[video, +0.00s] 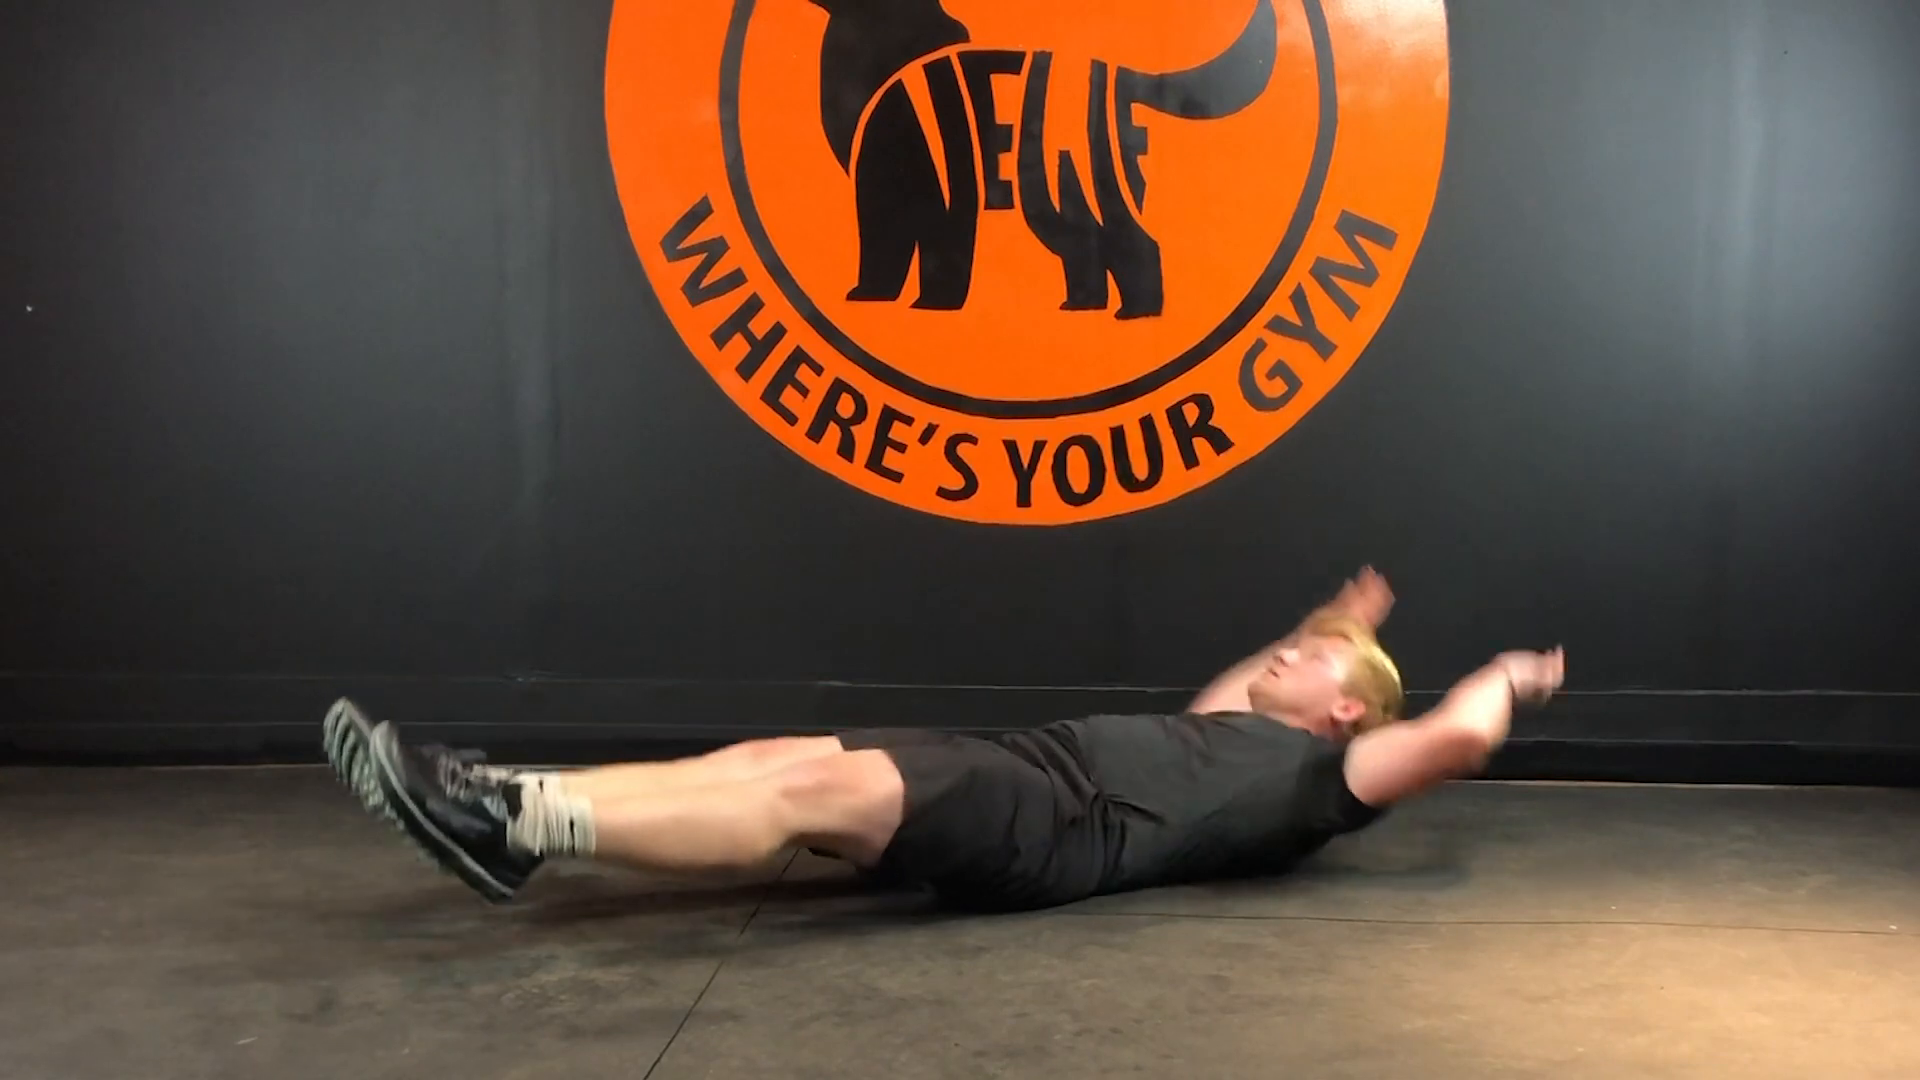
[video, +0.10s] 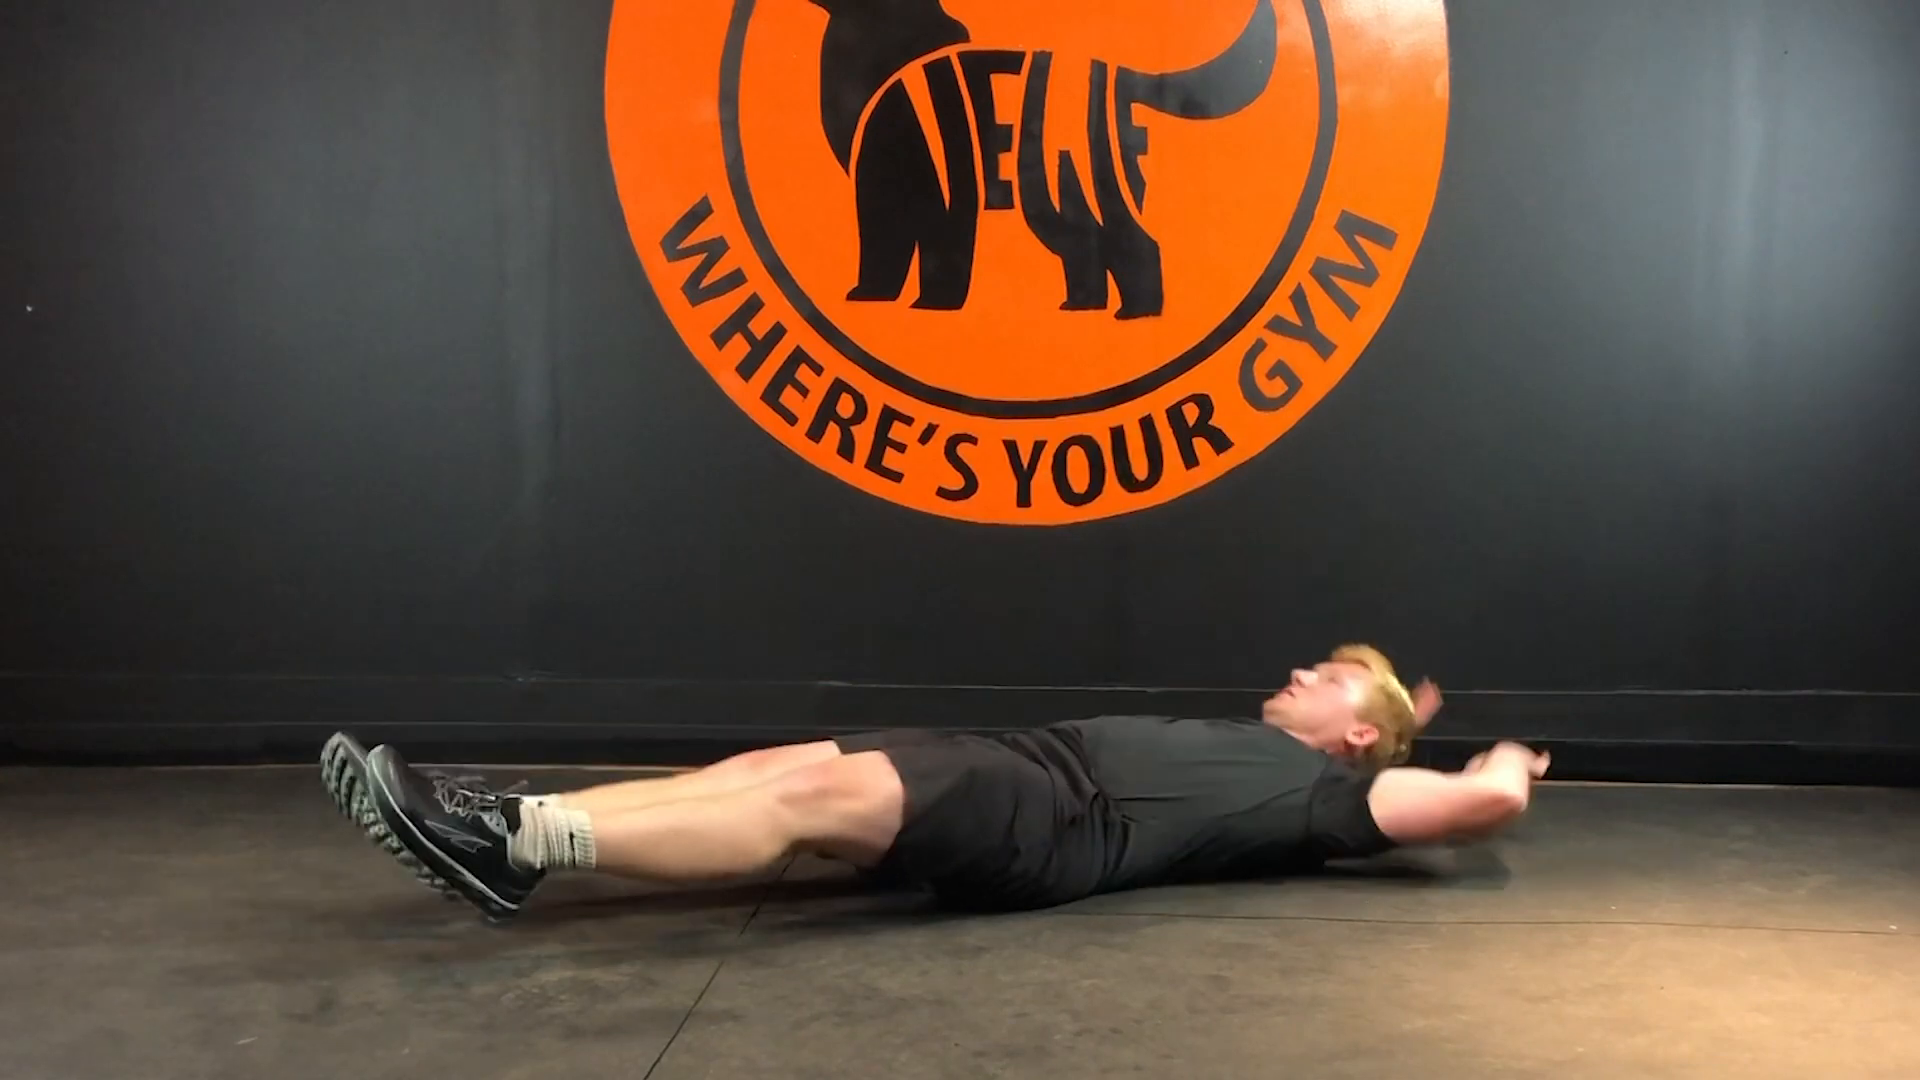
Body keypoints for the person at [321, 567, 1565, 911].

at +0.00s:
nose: (1296, 659)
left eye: (1322, 668)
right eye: (1301, 653)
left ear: (1351, 716)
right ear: (1275, 679)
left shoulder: (1314, 778)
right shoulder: (1209, 736)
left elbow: (1453, 741)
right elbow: (1230, 686)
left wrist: (1500, 686)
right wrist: (1325, 644)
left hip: (1060, 811)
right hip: (995, 768)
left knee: (828, 784)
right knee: (773, 768)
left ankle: (512, 816)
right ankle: (512, 824)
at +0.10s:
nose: (1304, 679)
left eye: (1333, 685)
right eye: (1312, 669)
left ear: (1368, 731)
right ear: (1301, 694)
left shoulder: (1336, 790)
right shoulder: (1227, 742)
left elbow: (1491, 798)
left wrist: (1500, 766)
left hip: (1058, 805)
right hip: (985, 757)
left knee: (825, 790)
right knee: (762, 770)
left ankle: (514, 832)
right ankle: (507, 852)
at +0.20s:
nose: (1310, 687)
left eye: (1338, 692)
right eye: (1317, 677)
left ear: (1372, 739)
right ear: (1306, 697)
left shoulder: (1332, 793)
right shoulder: (1229, 742)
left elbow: (1477, 796)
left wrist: (1486, 768)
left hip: (1055, 804)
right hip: (986, 757)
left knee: (821, 794)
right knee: (761, 772)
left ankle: (512, 832)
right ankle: (509, 852)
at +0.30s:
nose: (1327, 670)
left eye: (1353, 675)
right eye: (1328, 661)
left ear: (1374, 727)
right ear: (1298, 683)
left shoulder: (1311, 783)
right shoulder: (1225, 739)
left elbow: (1415, 703)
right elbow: (1173, 666)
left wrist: (1447, 620)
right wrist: (1279, 593)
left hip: (1064, 822)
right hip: (1018, 775)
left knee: (817, 753)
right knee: (784, 755)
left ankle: (512, 792)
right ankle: (513, 794)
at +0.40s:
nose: (1282, 647)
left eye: (1304, 649)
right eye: (1284, 636)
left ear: (1336, 690)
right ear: (1280, 660)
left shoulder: (1297, 760)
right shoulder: (1196, 716)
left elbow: (1261, 639)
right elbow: (1102, 616)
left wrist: (1261, 488)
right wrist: (1118, 486)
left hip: (1053, 827)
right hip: (1002, 792)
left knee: (819, 702)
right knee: (785, 687)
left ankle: (522, 701)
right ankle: (536, 720)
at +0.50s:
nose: (1217, 605)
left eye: (1245, 598)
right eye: (1221, 591)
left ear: (1301, 637)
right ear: (1224, 603)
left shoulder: (1277, 708)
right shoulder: (1172, 663)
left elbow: (1162, 636)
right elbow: (1038, 599)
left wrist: (1089, 489)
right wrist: (981, 484)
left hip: (1053, 833)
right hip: (993, 805)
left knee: (847, 653)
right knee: (815, 631)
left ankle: (571, 615)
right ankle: (553, 612)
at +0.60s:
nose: (1153, 585)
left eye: (1180, 568)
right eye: (1156, 564)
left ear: (1245, 587)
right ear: (1183, 574)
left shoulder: (1246, 672)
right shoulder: (1143, 637)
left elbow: (1122, 619)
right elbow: (1000, 580)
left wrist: (1019, 493)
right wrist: (909, 473)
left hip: (1041, 835)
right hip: (978, 827)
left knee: (888, 610)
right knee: (853, 601)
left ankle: (616, 523)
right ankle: (592, 530)